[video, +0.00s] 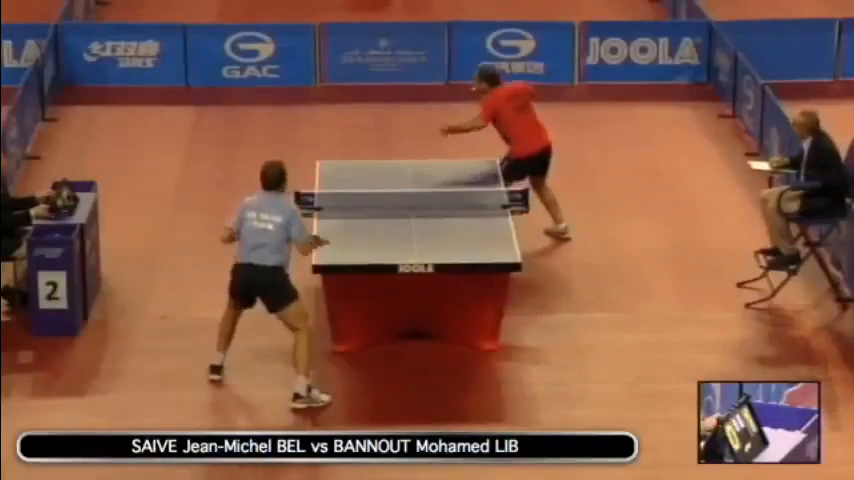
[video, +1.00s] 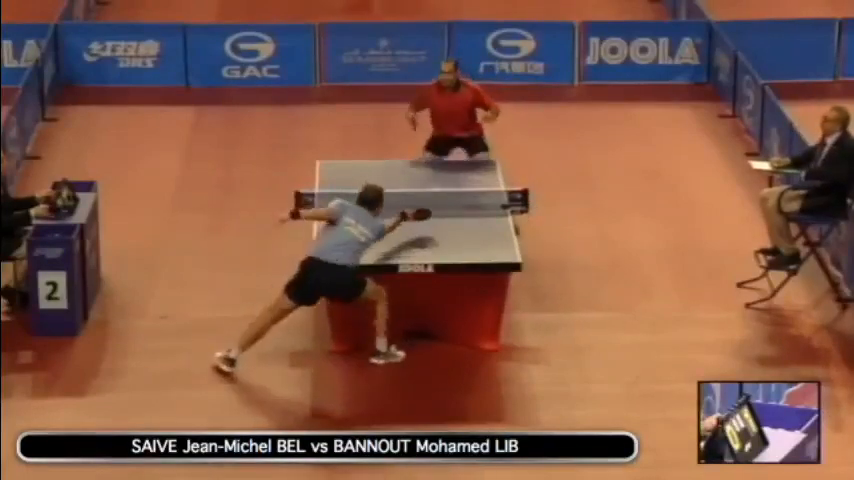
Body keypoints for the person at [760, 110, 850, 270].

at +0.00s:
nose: (794, 129)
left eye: (798, 125)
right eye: (794, 125)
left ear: (808, 127)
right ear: (808, 127)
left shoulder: (822, 145)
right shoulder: (811, 141)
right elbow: (803, 160)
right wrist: (785, 163)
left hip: (828, 199)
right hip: (815, 191)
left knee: (774, 206)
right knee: (767, 197)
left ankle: (790, 253)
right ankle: (779, 247)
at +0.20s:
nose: (797, 127)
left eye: (801, 123)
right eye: (798, 123)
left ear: (813, 126)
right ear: (812, 126)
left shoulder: (827, 145)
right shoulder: (814, 141)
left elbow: (831, 180)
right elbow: (805, 160)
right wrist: (786, 162)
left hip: (829, 200)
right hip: (816, 191)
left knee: (774, 206)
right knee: (767, 197)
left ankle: (789, 253)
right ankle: (780, 247)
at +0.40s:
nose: (808, 125)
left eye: (812, 122)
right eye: (809, 121)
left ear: (824, 126)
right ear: (821, 125)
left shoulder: (839, 147)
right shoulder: (819, 141)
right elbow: (804, 160)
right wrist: (785, 163)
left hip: (829, 200)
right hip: (814, 192)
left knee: (775, 205)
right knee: (767, 197)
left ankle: (790, 254)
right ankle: (780, 246)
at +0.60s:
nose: (821, 124)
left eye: (825, 121)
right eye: (821, 120)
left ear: (837, 125)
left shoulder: (847, 146)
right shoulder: (825, 142)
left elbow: (843, 178)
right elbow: (804, 160)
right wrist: (785, 163)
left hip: (830, 199)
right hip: (814, 191)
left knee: (774, 204)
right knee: (767, 196)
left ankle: (789, 253)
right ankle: (780, 247)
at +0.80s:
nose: (824, 122)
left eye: (829, 120)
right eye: (825, 118)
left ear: (841, 125)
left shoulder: (847, 145)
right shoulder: (826, 141)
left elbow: (842, 178)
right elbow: (805, 159)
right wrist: (786, 163)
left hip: (830, 199)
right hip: (814, 191)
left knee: (775, 203)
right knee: (766, 196)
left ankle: (790, 253)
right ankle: (780, 247)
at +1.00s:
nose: (822, 123)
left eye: (827, 120)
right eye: (823, 119)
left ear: (840, 125)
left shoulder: (847, 146)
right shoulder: (826, 142)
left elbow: (838, 176)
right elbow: (805, 159)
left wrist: (808, 173)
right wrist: (786, 163)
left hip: (830, 199)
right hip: (815, 191)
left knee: (775, 204)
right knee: (766, 196)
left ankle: (790, 254)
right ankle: (780, 247)